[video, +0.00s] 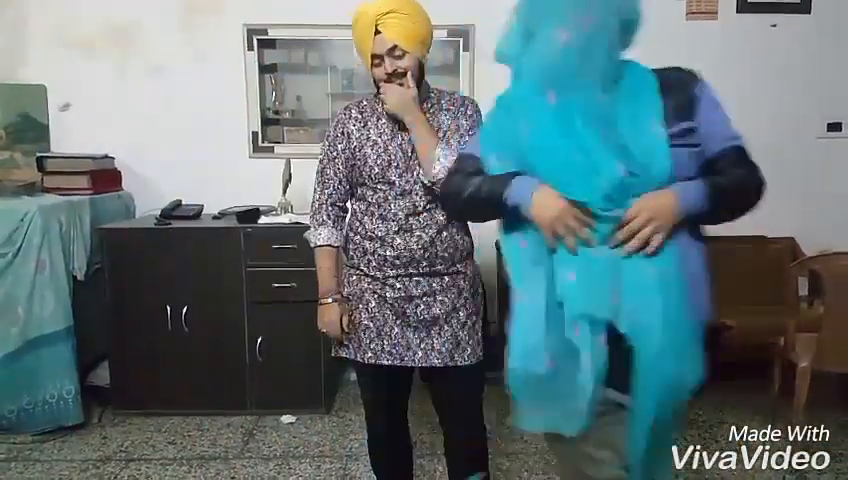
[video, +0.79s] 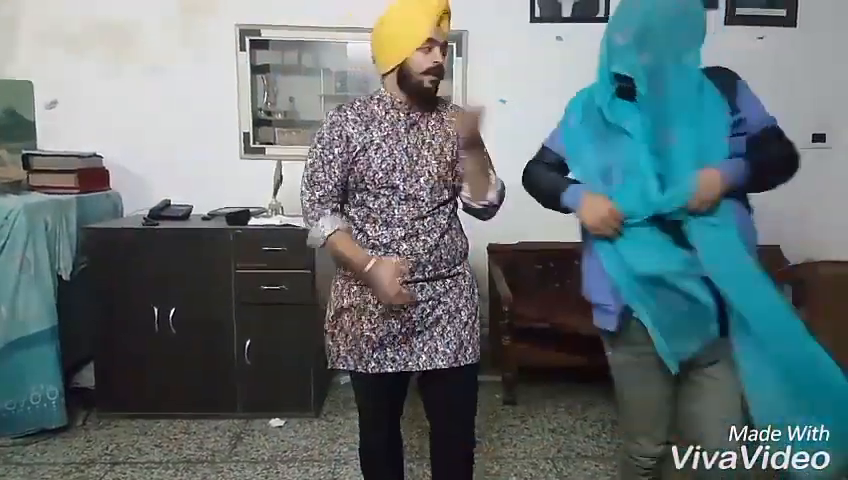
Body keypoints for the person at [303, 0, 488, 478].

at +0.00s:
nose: (388, 67)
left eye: (399, 55)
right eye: (377, 58)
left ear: (423, 53)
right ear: (367, 62)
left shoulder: (460, 113)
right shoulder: (350, 122)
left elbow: (466, 197)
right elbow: (328, 210)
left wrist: (414, 118)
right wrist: (328, 295)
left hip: (447, 291)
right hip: (374, 294)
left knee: (464, 426)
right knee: (384, 427)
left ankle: (470, 475)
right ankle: (393, 477)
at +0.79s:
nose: (439, 58)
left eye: (442, 48)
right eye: (426, 47)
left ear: (446, 54)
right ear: (394, 54)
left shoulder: (454, 121)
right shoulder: (347, 123)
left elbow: (486, 208)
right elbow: (318, 208)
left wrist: (473, 147)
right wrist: (367, 265)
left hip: (448, 299)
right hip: (373, 303)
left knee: (455, 440)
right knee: (379, 439)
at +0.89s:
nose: (444, 59)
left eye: (446, 49)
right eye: (433, 48)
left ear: (445, 54)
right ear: (399, 53)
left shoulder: (454, 121)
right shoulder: (351, 118)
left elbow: (477, 206)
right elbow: (327, 205)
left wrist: (494, 164)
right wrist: (405, 230)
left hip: (446, 300)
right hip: (372, 303)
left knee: (444, 437)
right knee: (375, 434)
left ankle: (432, 473)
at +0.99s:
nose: (452, 62)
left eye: (452, 51)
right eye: (441, 51)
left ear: (449, 57)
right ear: (407, 56)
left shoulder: (451, 122)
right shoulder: (357, 118)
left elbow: (470, 201)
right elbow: (361, 204)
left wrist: (516, 169)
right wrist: (447, 187)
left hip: (442, 300)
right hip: (372, 301)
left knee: (431, 439)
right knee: (373, 436)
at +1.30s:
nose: (474, 107)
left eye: (477, 100)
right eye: (470, 99)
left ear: (444, 87)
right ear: (444, 90)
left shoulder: (439, 123)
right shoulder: (381, 111)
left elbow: (449, 205)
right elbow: (406, 188)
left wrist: (470, 169)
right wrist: (461, 153)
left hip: (435, 296)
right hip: (389, 300)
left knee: (423, 433)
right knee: (391, 435)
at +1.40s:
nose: (472, 99)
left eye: (474, 90)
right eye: (469, 89)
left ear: (440, 79)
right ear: (442, 80)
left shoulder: (429, 121)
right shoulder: (385, 117)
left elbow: (446, 203)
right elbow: (426, 212)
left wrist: (485, 257)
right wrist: (487, 248)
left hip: (427, 302)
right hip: (389, 307)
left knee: (415, 443)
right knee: (399, 447)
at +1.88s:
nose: (473, 60)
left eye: (476, 47)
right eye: (463, 46)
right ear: (425, 46)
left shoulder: (473, 124)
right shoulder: (376, 116)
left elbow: (489, 192)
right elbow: (384, 209)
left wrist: (529, 218)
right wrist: (489, 211)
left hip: (457, 307)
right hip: (391, 310)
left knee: (436, 447)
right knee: (400, 460)